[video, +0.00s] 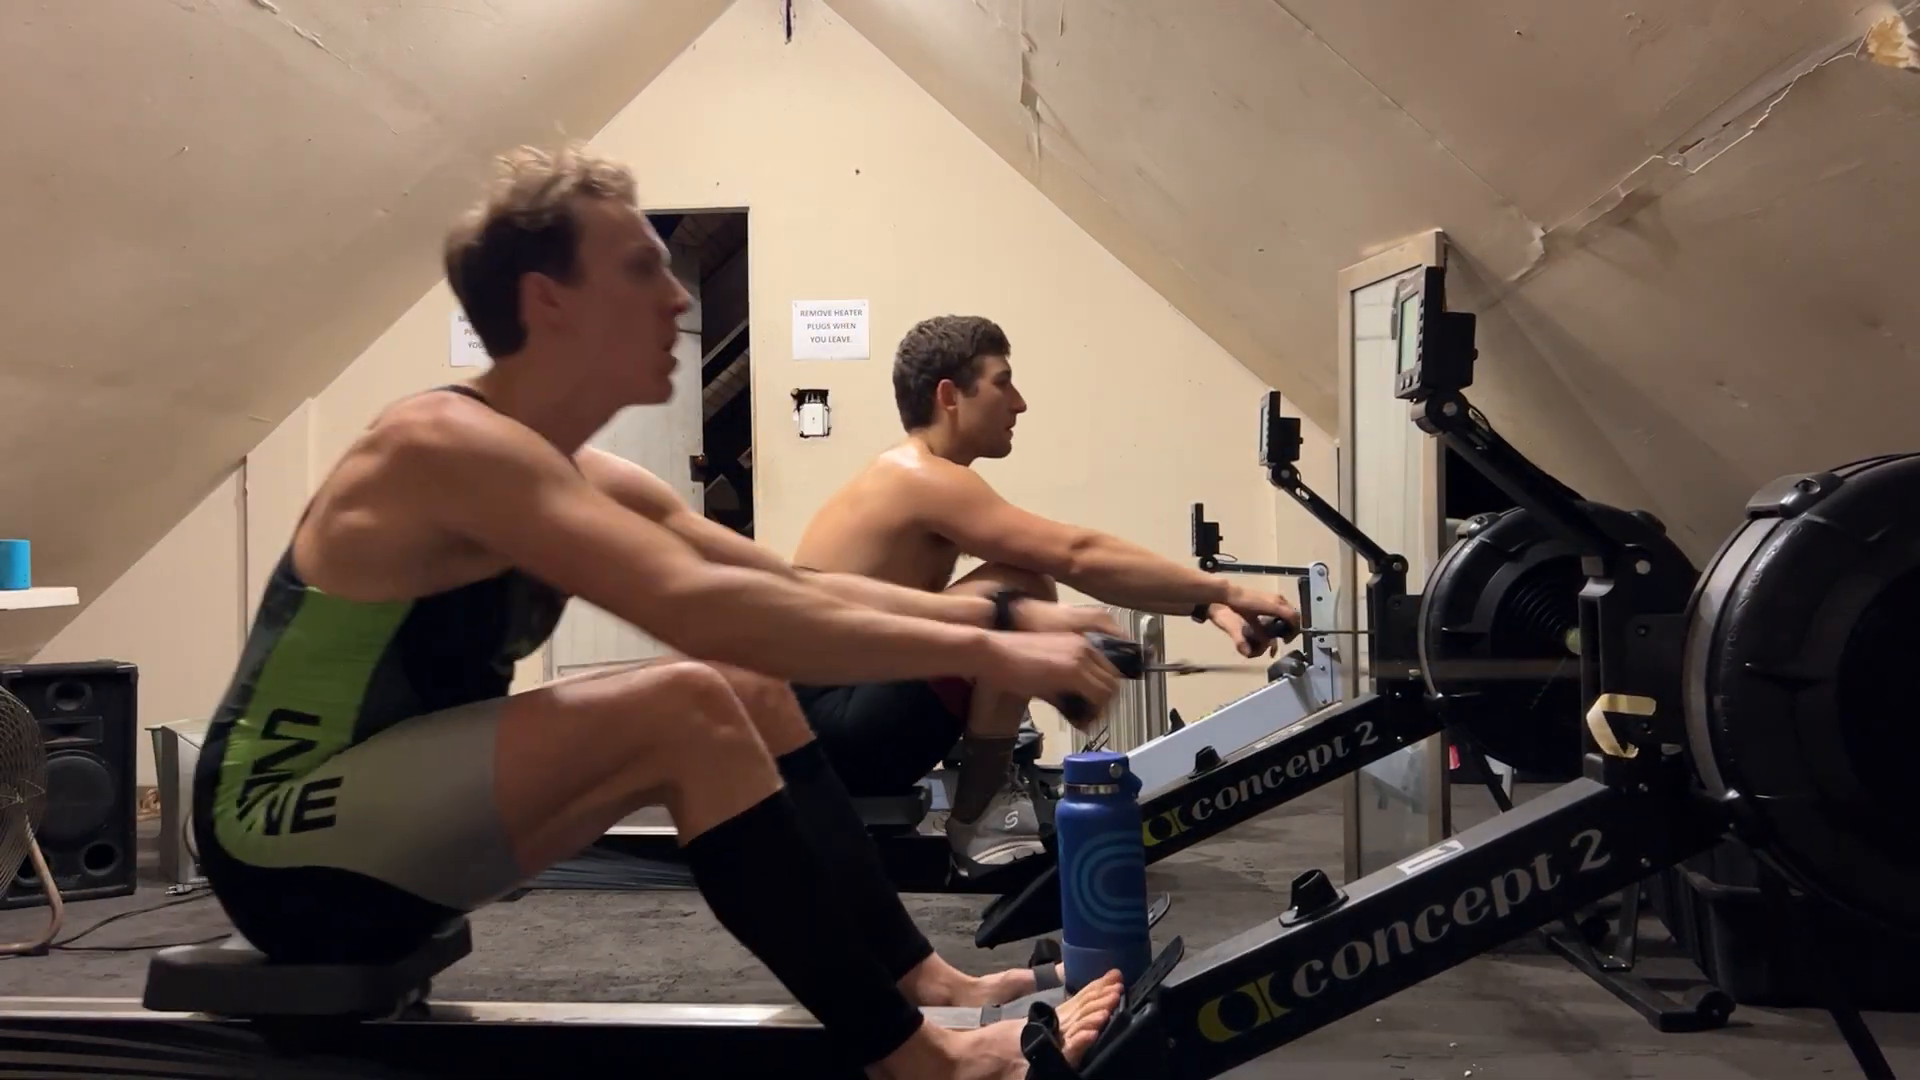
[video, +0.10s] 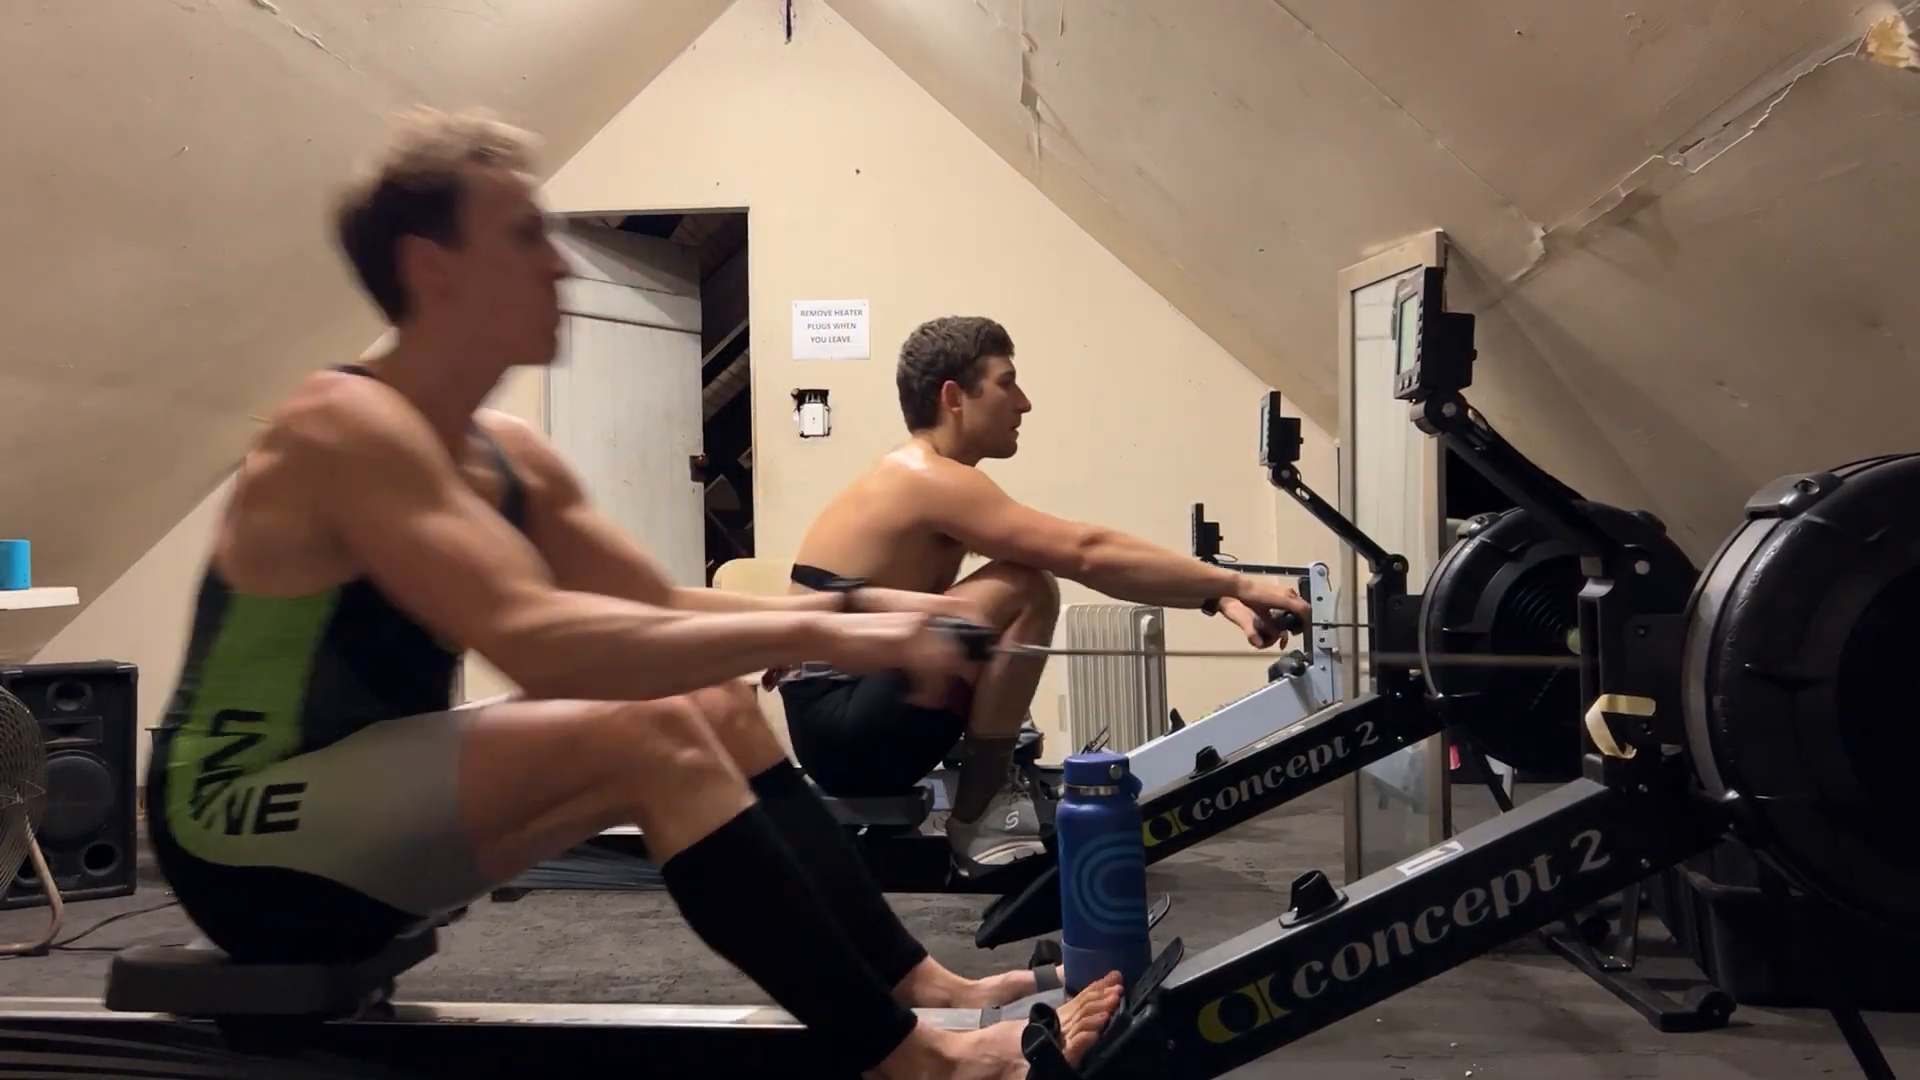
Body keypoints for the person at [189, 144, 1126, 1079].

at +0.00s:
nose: (680, 299)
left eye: (665, 269)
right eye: (645, 272)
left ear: (556, 306)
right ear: (547, 302)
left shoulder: (592, 480)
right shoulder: (449, 445)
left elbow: (784, 587)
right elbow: (702, 613)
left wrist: (977, 617)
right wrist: (984, 652)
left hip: (377, 806)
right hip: (293, 832)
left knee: (748, 686)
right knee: (686, 713)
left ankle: (919, 988)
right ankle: (902, 1055)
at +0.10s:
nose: (563, 264)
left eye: (550, 236)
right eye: (528, 239)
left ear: (459, 268)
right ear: (426, 267)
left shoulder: (504, 453)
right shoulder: (348, 425)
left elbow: (665, 608)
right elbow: (531, 641)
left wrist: (868, 615)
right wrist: (824, 634)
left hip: (357, 800)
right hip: (248, 823)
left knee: (724, 702)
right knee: (657, 744)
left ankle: (918, 991)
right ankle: (896, 1055)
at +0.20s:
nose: (387, 245)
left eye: (382, 217)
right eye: (352, 218)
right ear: (244, 234)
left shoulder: (367, 431)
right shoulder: (188, 415)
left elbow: (518, 605)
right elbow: (351, 649)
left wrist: (715, 595)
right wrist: (630, 628)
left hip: (316, 766)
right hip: (189, 803)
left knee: (677, 739)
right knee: (612, 780)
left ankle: (923, 998)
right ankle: (896, 1059)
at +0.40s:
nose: (54, 322)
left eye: (59, 296)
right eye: (30, 298)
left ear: (66, 303)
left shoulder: (80, 478)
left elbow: (236, 644)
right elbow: (13, 700)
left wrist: (378, 609)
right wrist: (205, 632)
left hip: (199, 777)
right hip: (78, 815)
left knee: (579, 846)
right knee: (512, 891)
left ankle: (924, 1010)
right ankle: (895, 1063)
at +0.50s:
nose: (14, 323)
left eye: (12, 296)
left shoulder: (30, 531)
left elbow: (153, 690)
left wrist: (244, 629)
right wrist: (71, 641)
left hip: (161, 780)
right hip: (64, 821)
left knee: (563, 858)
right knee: (505, 901)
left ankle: (945, 1010)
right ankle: (898, 1070)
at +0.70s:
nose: (184, 321)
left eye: (187, 289)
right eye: (156, 286)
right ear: (37, 281)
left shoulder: (131, 475)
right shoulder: (11, 471)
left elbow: (220, 679)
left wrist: (264, 577)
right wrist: (45, 565)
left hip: (215, 786)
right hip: (88, 833)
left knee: (583, 803)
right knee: (523, 826)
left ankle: (892, 1003)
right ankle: (848, 1060)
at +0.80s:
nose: (373, 273)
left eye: (371, 243)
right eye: (338, 240)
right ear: (224, 246)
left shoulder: (279, 458)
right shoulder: (100, 438)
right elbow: (37, 689)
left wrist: (420, 587)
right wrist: (312, 585)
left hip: (258, 790)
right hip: (147, 825)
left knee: (643, 751)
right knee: (586, 784)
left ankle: (897, 999)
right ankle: (850, 1054)